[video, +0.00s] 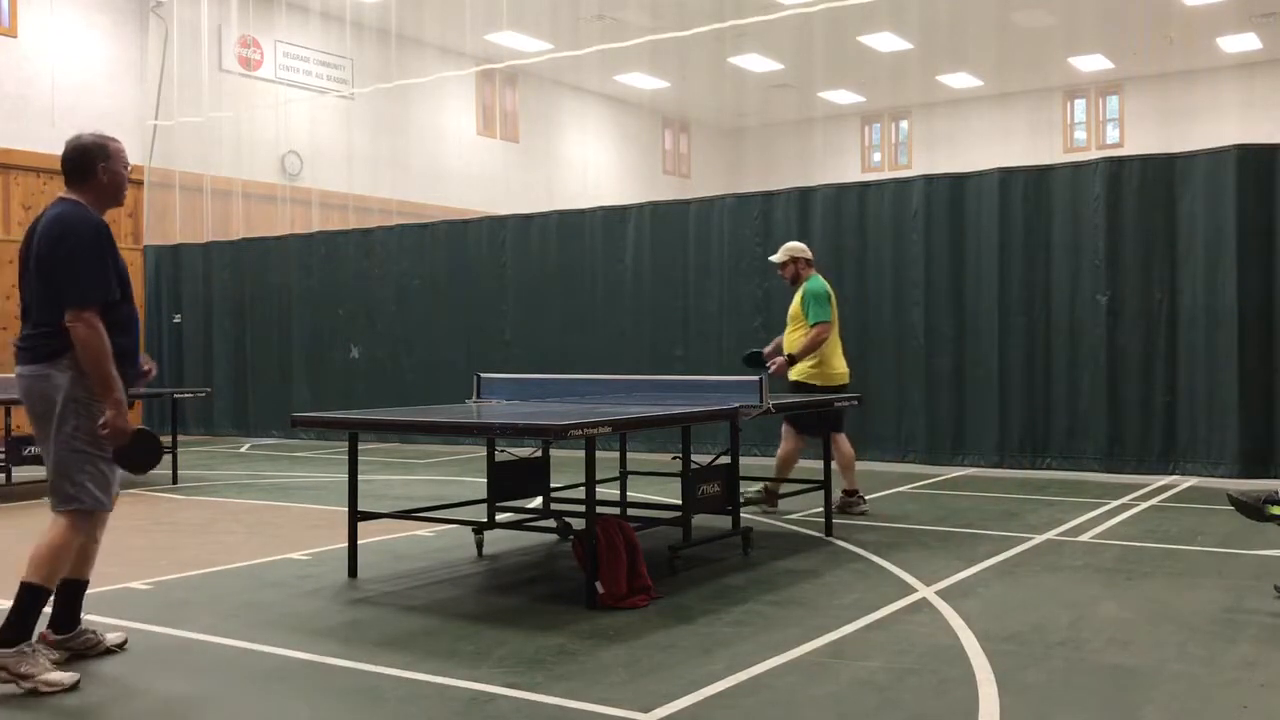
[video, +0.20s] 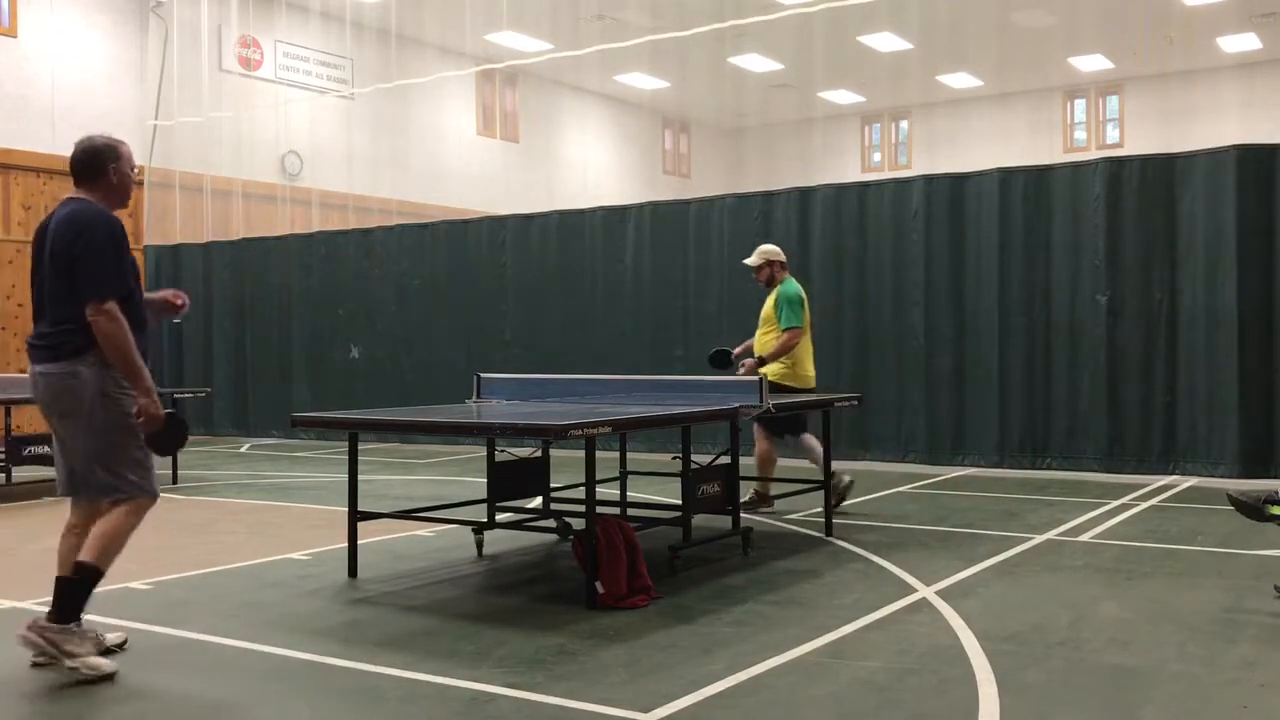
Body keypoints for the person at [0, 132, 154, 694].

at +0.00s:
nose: (130, 175)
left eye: (128, 167)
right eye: (125, 167)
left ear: (81, 171)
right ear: (102, 171)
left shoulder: (57, 221)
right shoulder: (78, 225)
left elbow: (69, 314)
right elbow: (82, 321)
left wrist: (128, 355)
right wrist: (115, 400)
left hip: (61, 374)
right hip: (65, 377)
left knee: (94, 503)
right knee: (78, 510)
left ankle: (66, 628)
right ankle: (11, 645)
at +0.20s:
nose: (136, 180)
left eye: (135, 171)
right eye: (132, 171)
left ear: (83, 174)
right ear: (112, 175)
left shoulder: (57, 222)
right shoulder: (97, 224)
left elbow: (79, 306)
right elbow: (103, 312)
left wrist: (147, 302)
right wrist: (146, 389)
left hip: (55, 374)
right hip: (85, 375)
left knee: (87, 503)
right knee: (136, 493)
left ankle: (65, 625)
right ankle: (61, 621)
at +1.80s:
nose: (248, 191)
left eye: (246, 183)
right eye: (246, 184)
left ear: (198, 185)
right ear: (236, 186)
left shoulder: (163, 233)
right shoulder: (233, 238)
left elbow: (184, 293)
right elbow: (238, 322)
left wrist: (243, 272)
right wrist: (268, 395)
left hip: (164, 374)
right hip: (214, 375)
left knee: (197, 490)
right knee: (242, 493)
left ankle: (175, 604)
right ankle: (235, 618)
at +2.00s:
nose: (238, 196)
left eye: (237, 188)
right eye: (237, 189)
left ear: (190, 187)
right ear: (226, 189)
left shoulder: (158, 232)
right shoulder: (217, 234)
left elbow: (175, 287)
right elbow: (211, 315)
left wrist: (235, 276)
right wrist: (235, 387)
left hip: (149, 369)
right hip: (189, 371)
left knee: (181, 488)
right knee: (232, 487)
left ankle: (174, 604)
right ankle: (232, 614)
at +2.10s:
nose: (237, 198)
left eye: (236, 190)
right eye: (236, 190)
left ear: (189, 188)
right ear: (224, 190)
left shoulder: (158, 230)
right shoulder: (210, 232)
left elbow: (180, 294)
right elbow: (200, 312)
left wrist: (238, 281)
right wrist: (224, 386)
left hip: (146, 367)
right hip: (182, 369)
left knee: (177, 489)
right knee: (223, 485)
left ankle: (174, 605)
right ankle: (229, 613)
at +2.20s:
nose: (237, 200)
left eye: (236, 191)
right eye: (235, 191)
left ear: (189, 188)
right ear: (221, 190)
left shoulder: (159, 229)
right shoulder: (204, 230)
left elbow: (177, 298)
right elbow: (193, 309)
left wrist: (238, 284)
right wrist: (217, 382)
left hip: (143, 365)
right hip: (176, 367)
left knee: (173, 489)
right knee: (214, 486)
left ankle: (174, 605)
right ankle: (227, 612)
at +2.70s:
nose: (222, 190)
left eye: (220, 183)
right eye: (219, 183)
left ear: (172, 185)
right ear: (207, 184)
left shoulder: (149, 227)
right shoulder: (191, 228)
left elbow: (167, 293)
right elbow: (189, 308)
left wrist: (226, 282)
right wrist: (219, 381)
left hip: (139, 365)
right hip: (169, 366)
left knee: (175, 491)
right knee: (175, 495)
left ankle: (175, 603)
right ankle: (148, 623)